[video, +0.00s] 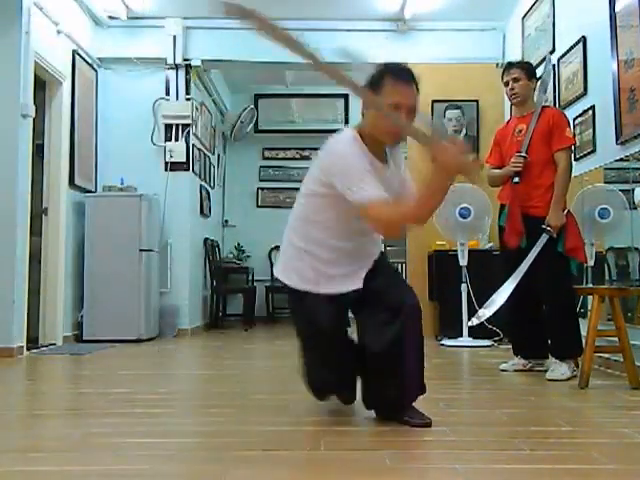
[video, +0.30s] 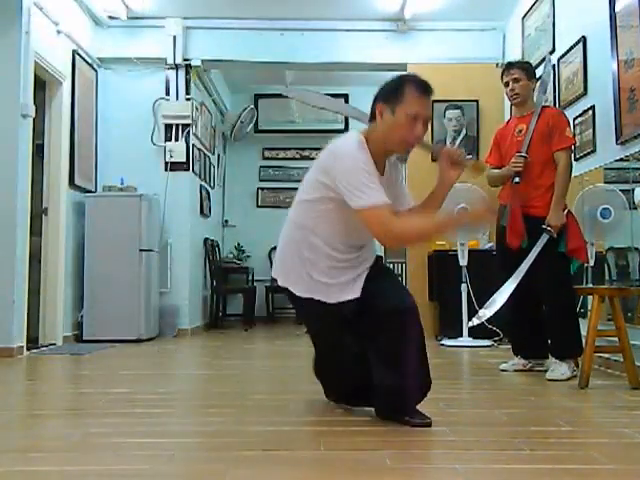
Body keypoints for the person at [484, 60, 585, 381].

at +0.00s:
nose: (511, 86)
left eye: (517, 80)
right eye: (507, 83)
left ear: (533, 83)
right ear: (504, 89)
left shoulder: (552, 116)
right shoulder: (503, 131)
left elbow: (564, 164)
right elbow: (491, 177)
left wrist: (557, 207)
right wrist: (507, 170)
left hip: (546, 213)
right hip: (513, 215)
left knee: (554, 284)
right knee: (519, 283)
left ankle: (565, 357)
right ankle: (529, 354)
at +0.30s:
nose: (511, 87)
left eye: (517, 80)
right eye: (507, 83)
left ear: (533, 83)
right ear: (504, 90)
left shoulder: (552, 116)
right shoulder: (503, 132)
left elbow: (564, 163)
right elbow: (491, 177)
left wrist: (557, 207)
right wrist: (508, 170)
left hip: (546, 215)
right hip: (512, 217)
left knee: (554, 285)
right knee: (518, 284)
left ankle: (565, 357)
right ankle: (529, 354)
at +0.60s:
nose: (511, 87)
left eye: (517, 80)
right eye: (506, 83)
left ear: (533, 83)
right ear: (504, 90)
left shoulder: (552, 116)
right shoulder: (506, 129)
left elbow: (564, 163)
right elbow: (492, 177)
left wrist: (558, 209)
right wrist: (508, 171)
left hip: (546, 214)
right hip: (513, 214)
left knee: (554, 284)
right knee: (518, 284)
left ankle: (564, 357)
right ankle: (529, 354)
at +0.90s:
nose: (510, 86)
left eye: (516, 80)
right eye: (506, 82)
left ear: (533, 83)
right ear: (504, 89)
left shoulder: (552, 117)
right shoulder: (504, 131)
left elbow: (564, 164)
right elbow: (492, 177)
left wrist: (557, 208)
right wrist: (508, 171)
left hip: (545, 215)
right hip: (512, 216)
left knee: (553, 285)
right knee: (517, 285)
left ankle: (565, 357)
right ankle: (529, 354)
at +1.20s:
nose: (510, 86)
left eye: (516, 80)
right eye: (506, 83)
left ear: (533, 83)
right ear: (505, 89)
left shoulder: (553, 117)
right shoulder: (504, 131)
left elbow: (564, 164)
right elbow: (493, 177)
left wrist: (558, 209)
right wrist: (508, 171)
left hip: (545, 214)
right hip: (512, 215)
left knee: (553, 284)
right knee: (518, 283)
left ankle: (564, 358)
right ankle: (529, 354)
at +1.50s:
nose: (511, 87)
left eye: (516, 80)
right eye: (506, 83)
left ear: (533, 83)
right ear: (504, 89)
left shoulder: (553, 117)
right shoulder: (504, 132)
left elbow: (565, 164)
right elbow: (493, 177)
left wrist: (557, 209)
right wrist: (508, 171)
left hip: (546, 214)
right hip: (513, 215)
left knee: (552, 284)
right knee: (519, 284)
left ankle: (565, 358)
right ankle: (529, 355)